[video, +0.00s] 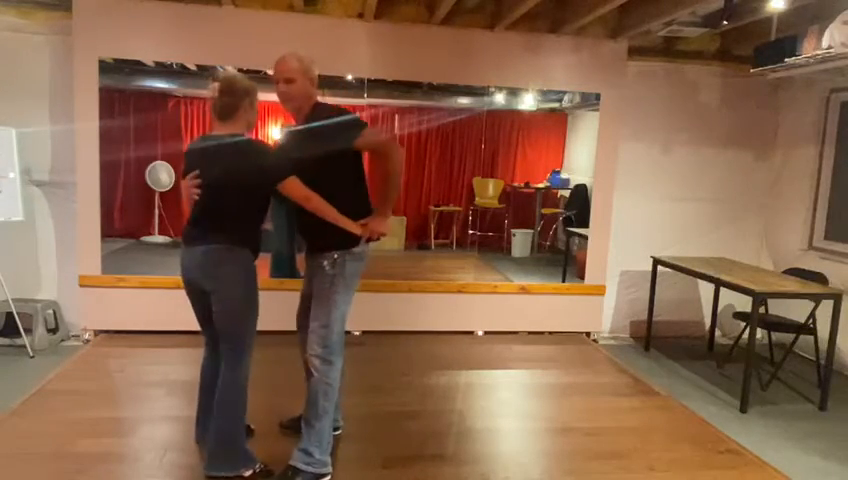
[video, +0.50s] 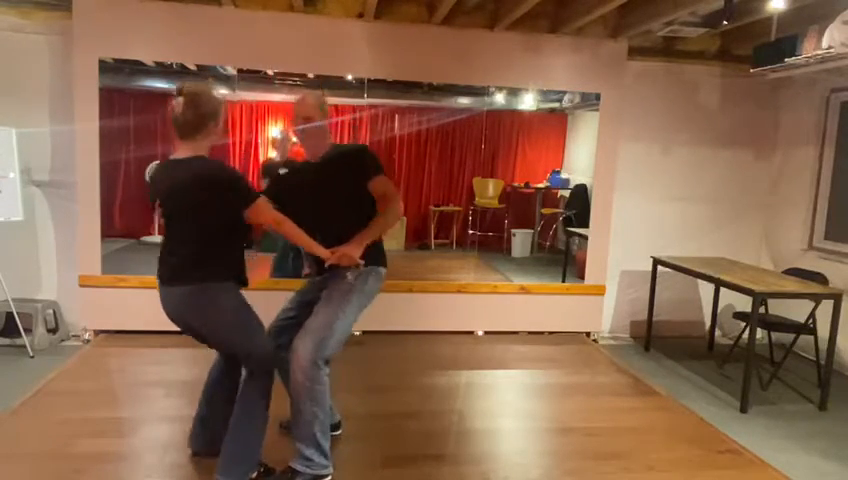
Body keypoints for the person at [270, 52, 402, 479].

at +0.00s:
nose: (281, 90)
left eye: (288, 82)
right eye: (277, 83)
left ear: (312, 82)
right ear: (276, 88)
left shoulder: (336, 120)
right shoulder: (292, 135)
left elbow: (390, 147)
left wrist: (383, 212)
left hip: (342, 250)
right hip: (317, 251)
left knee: (321, 350)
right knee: (312, 338)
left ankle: (313, 463)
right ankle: (323, 418)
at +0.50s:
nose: (301, 129)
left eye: (308, 121)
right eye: (297, 122)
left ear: (327, 121)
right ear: (295, 126)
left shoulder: (356, 157)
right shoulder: (292, 176)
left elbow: (393, 207)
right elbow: (258, 227)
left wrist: (357, 244)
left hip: (360, 272)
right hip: (321, 275)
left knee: (307, 352)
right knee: (279, 340)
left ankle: (313, 467)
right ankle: (322, 419)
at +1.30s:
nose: (318, 150)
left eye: (326, 143)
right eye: (316, 143)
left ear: (350, 146)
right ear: (317, 144)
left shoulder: (376, 190)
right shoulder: (316, 191)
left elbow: (367, 259)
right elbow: (261, 219)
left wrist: (303, 283)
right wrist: (216, 217)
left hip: (369, 308)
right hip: (342, 299)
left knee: (281, 374)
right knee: (291, 332)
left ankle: (311, 469)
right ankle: (324, 418)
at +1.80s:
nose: (299, 123)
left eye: (303, 116)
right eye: (300, 116)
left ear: (314, 118)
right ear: (341, 116)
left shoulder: (356, 168)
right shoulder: (311, 169)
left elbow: (342, 248)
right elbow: (274, 198)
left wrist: (285, 270)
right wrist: (231, 197)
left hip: (349, 294)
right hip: (327, 288)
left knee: (275, 383)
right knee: (307, 352)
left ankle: (310, 470)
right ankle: (324, 417)